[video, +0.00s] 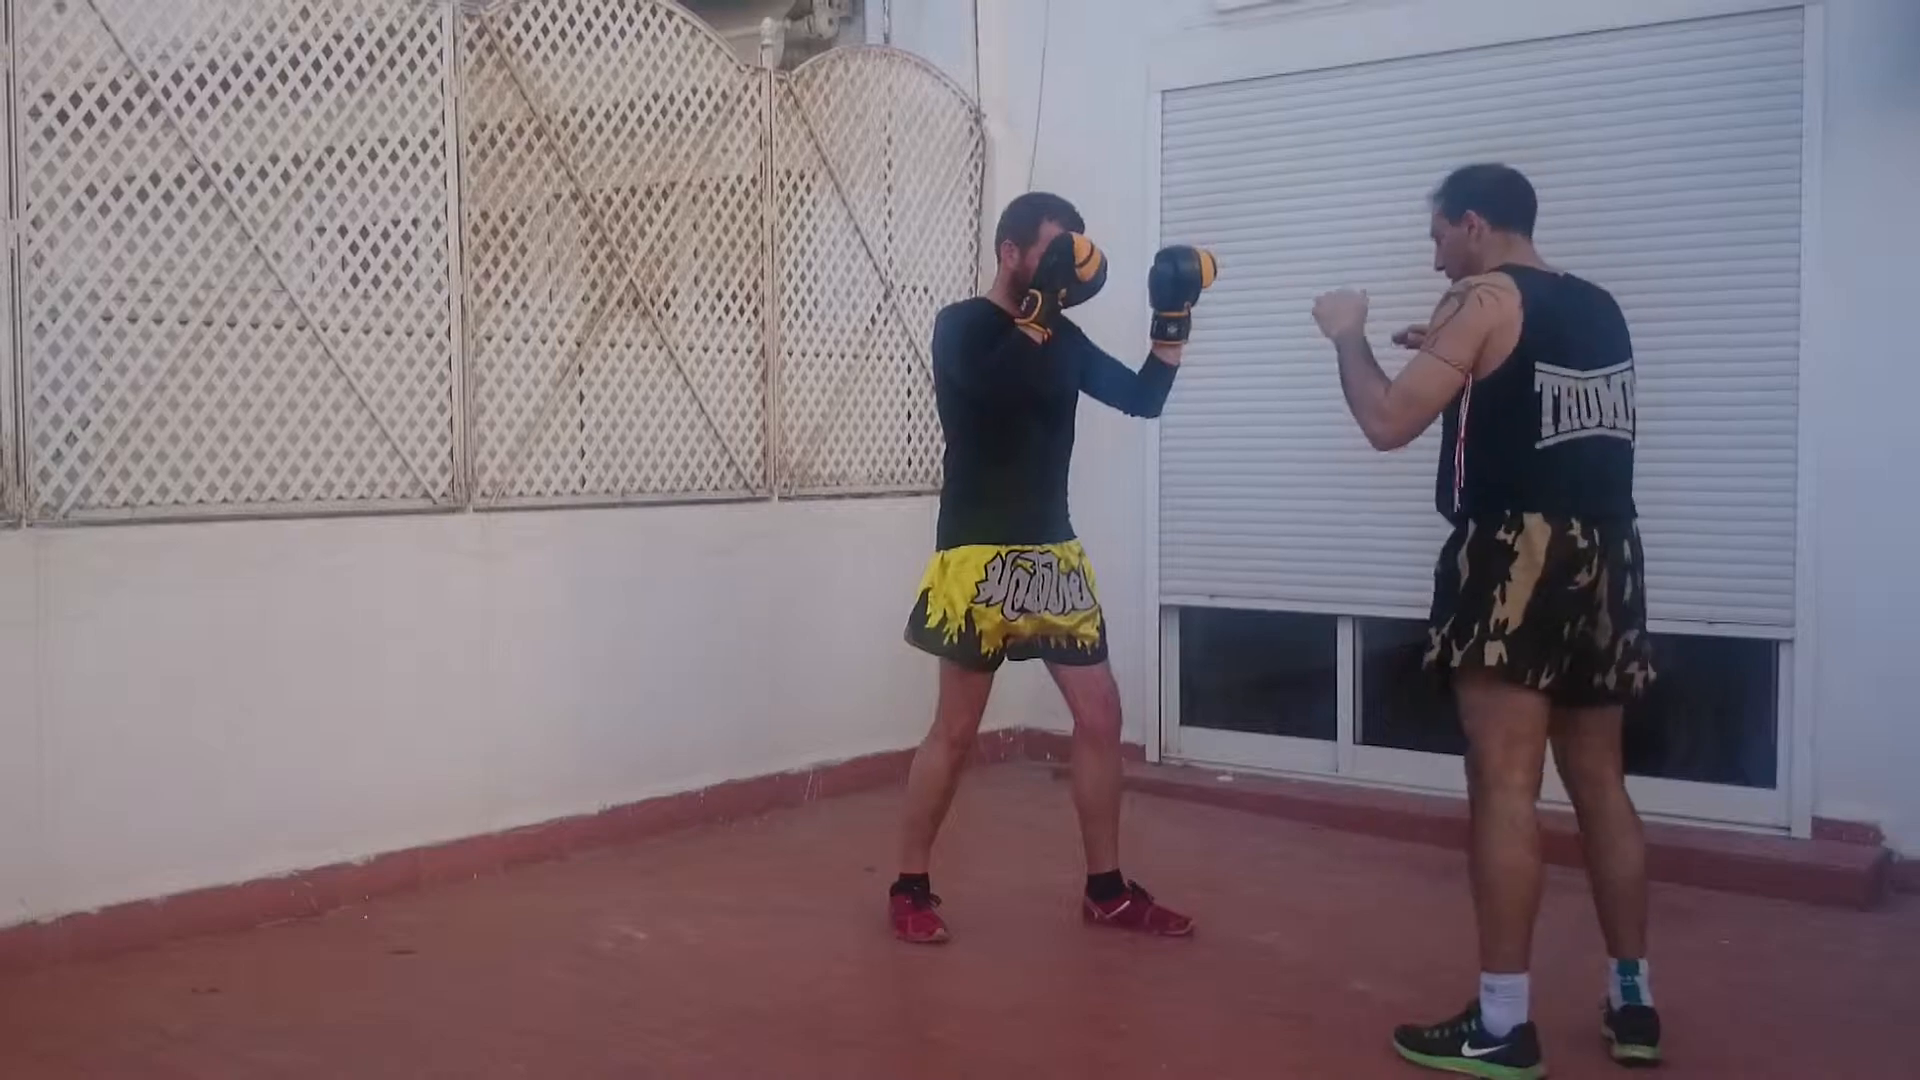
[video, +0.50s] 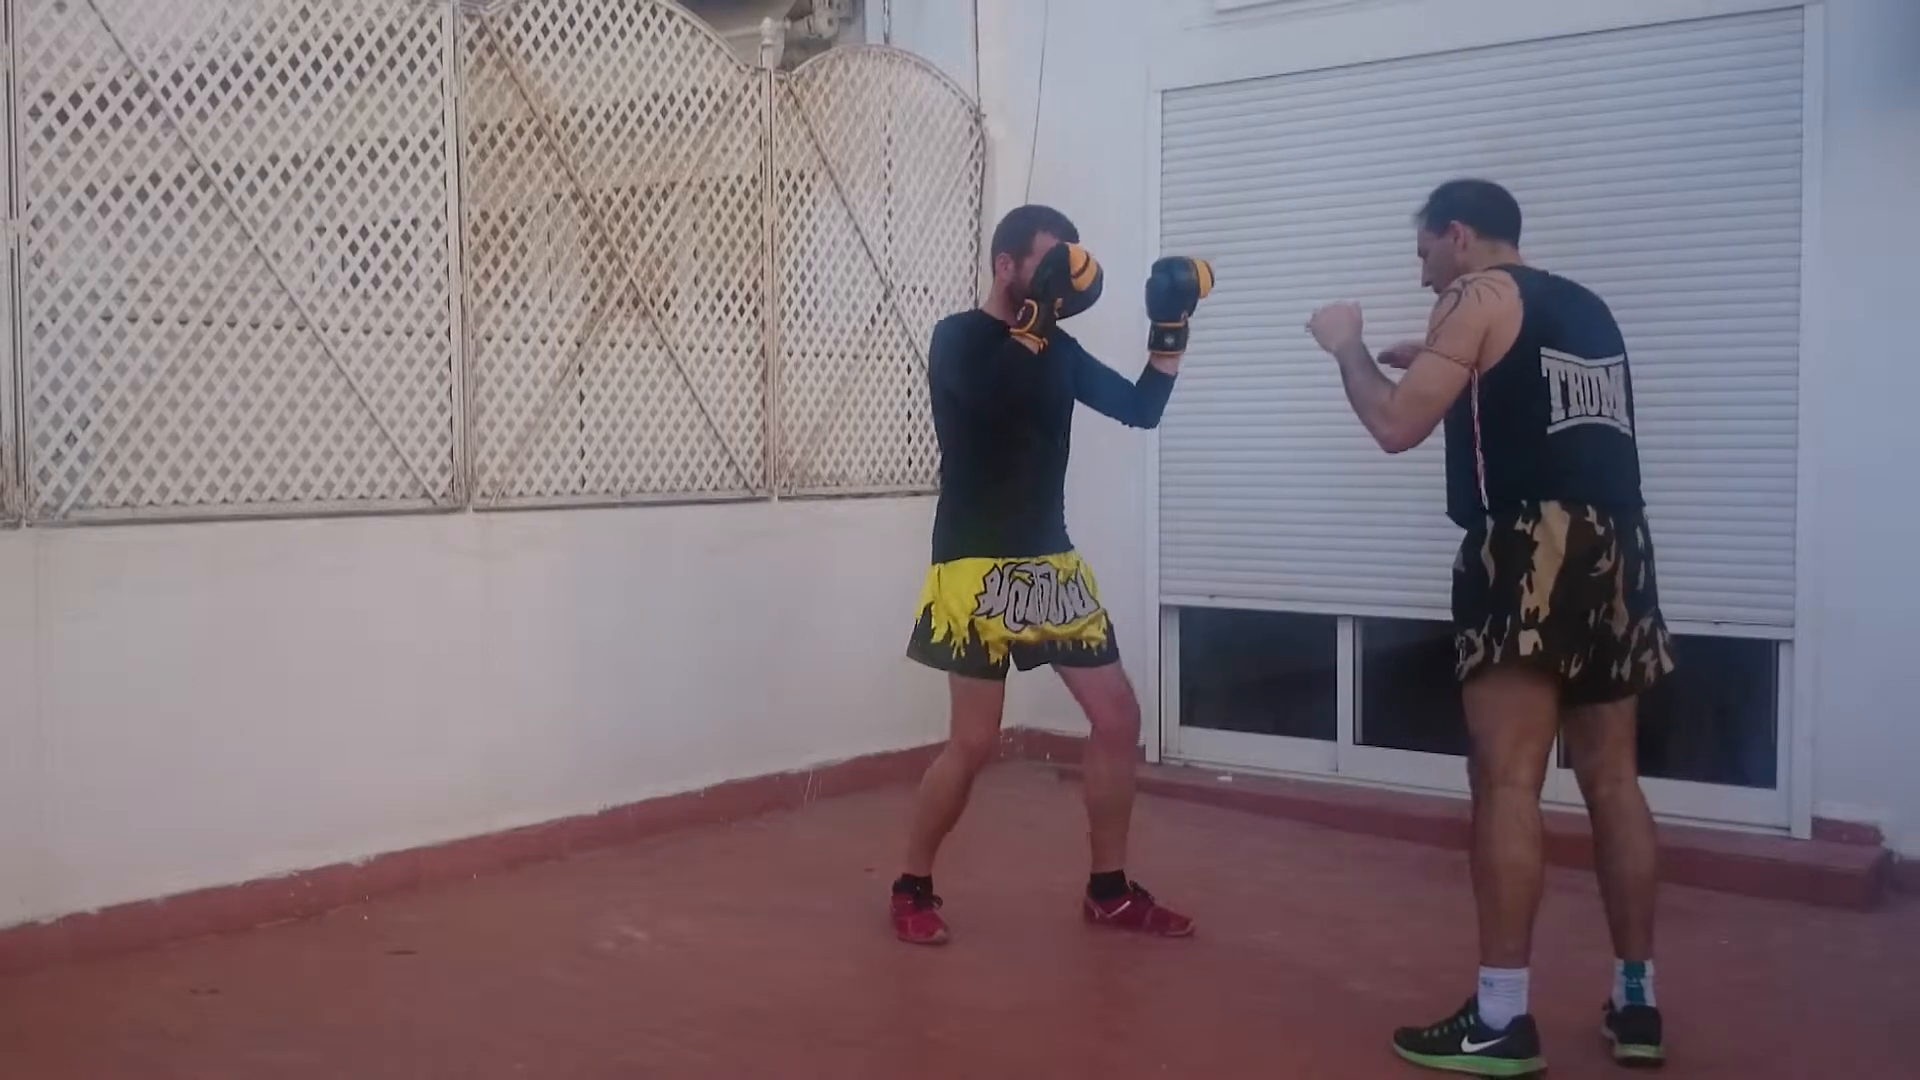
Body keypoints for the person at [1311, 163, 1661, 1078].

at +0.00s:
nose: (1440, 252)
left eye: (1442, 236)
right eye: (1438, 238)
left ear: (1473, 225)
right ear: (1522, 225)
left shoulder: (1488, 301)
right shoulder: (1599, 305)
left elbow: (1389, 420)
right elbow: (1541, 405)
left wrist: (1348, 335)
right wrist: (1460, 339)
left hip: (1513, 564)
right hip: (1605, 566)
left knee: (1504, 787)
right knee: (1601, 784)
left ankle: (1499, 1023)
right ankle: (1633, 1004)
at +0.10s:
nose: (1448, 252)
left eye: (1449, 236)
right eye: (1445, 238)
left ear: (1482, 222)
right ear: (1529, 222)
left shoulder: (1498, 296)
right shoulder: (1604, 303)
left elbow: (1401, 419)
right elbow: (1551, 400)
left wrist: (1357, 335)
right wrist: (1471, 337)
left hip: (1517, 563)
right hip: (1609, 566)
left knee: (1503, 787)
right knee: (1610, 782)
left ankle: (1498, 1020)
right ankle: (1636, 1004)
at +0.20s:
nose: (1446, 255)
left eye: (1447, 239)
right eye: (1444, 240)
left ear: (1475, 226)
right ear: (1527, 226)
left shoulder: (1497, 297)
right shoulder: (1603, 304)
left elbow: (1406, 422)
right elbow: (1550, 396)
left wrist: (1359, 343)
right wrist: (1469, 340)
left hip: (1520, 558)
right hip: (1614, 560)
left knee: (1505, 787)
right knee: (1613, 780)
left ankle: (1499, 1019)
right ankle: (1636, 1005)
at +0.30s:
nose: (1436, 262)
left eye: (1437, 246)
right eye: (1434, 248)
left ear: (1466, 230)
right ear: (1518, 230)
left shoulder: (1490, 297)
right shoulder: (1597, 304)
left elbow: (1402, 422)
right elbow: (1551, 397)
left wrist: (1355, 344)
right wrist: (1455, 347)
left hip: (1524, 561)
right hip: (1616, 563)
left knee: (1509, 781)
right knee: (1612, 778)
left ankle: (1498, 1017)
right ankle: (1636, 1004)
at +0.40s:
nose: (1432, 270)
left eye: (1430, 254)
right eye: (1427, 258)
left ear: (1460, 232)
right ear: (1509, 232)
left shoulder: (1486, 297)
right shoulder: (1592, 304)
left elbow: (1398, 421)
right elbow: (1538, 401)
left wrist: (1350, 346)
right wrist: (1435, 355)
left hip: (1525, 556)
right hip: (1618, 559)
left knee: (1508, 782)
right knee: (1614, 779)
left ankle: (1498, 1016)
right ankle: (1636, 1003)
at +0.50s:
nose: (1428, 273)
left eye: (1427, 257)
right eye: (1424, 260)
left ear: (1455, 237)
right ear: (1504, 235)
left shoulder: (1485, 300)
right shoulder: (1588, 306)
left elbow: (1395, 423)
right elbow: (1522, 393)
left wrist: (1346, 348)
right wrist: (1419, 359)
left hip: (1522, 556)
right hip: (1617, 558)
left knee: (1507, 781)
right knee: (1613, 779)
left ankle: (1499, 1016)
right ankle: (1636, 1003)